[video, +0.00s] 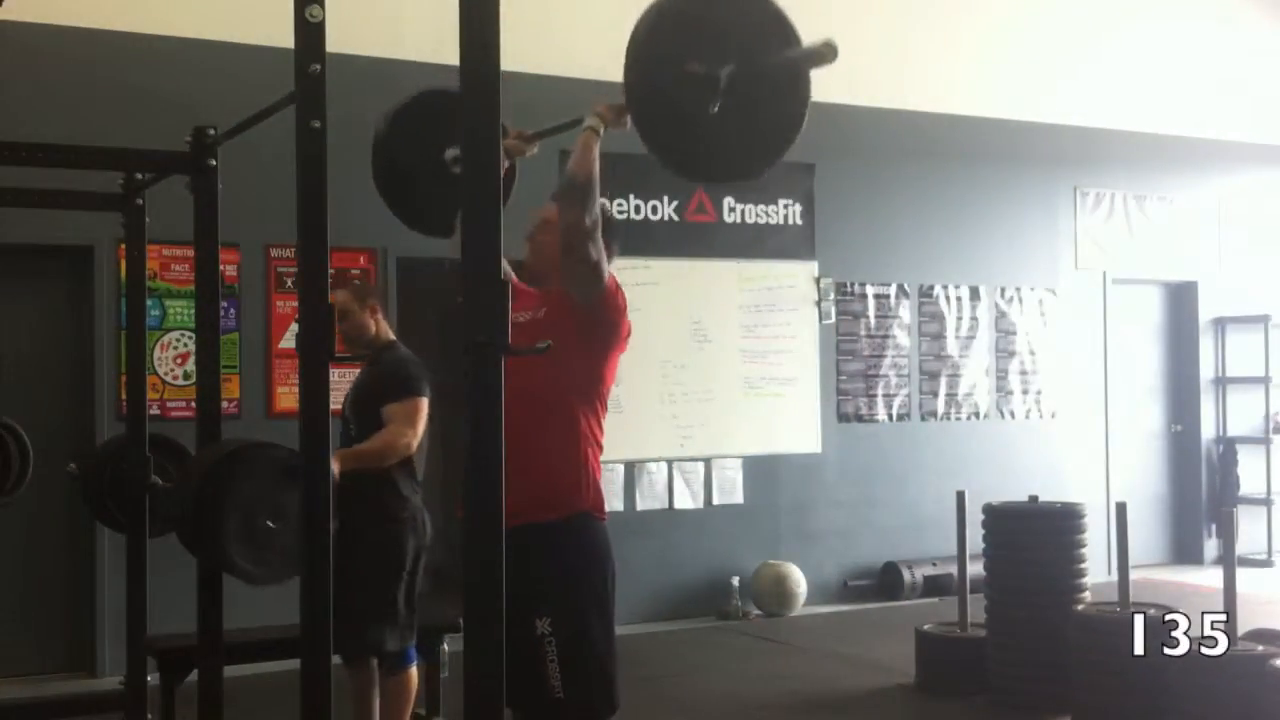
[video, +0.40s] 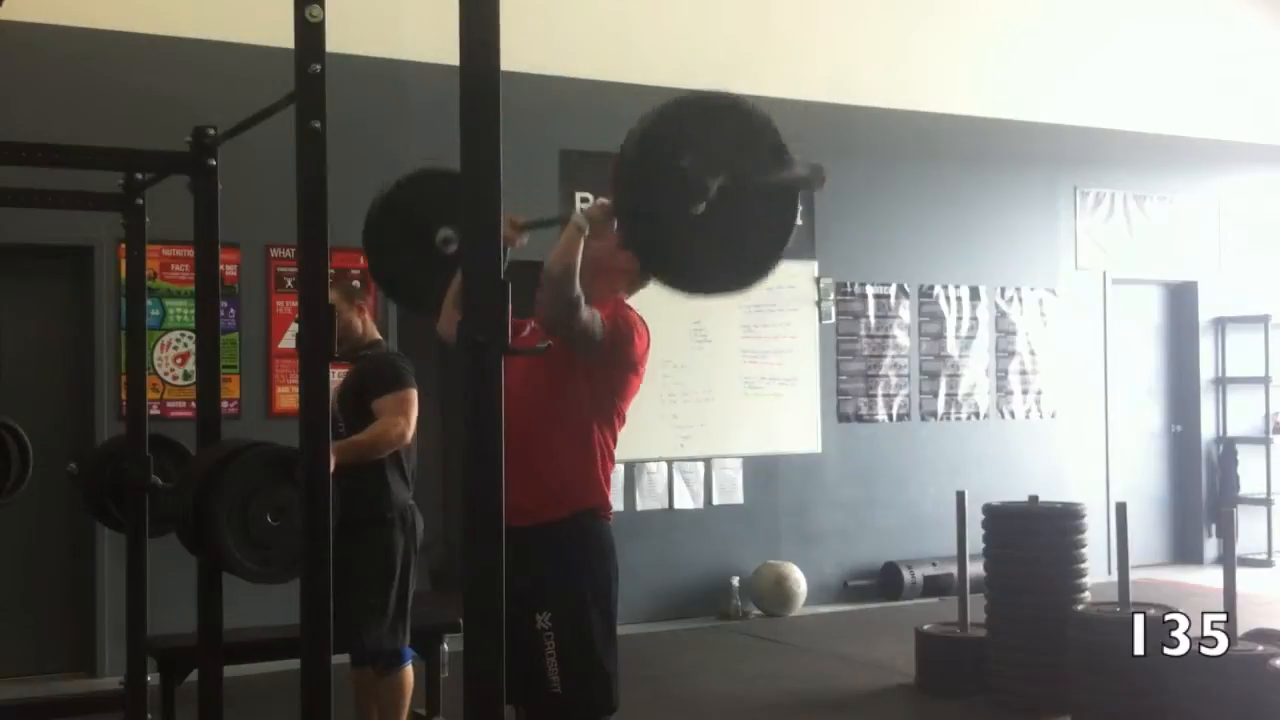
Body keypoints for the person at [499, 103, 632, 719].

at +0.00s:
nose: (533, 232)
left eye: (550, 225)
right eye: (535, 223)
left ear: (581, 241)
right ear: (533, 237)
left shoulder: (594, 315)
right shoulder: (508, 302)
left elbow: (579, 215)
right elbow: (468, 245)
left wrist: (593, 126)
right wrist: (496, 170)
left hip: (565, 531)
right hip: (496, 531)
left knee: (580, 693)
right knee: (505, 689)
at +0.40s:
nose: (583, 231)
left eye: (604, 227)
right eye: (587, 223)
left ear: (630, 265)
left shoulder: (623, 331)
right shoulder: (526, 330)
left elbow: (559, 311)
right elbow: (451, 325)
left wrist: (575, 225)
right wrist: (488, 248)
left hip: (570, 531)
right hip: (504, 530)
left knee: (580, 694)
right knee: (516, 691)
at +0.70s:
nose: (571, 239)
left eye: (590, 233)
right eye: (576, 230)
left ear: (621, 257)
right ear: (574, 251)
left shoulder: (618, 327)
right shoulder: (541, 331)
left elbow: (565, 401)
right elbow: (463, 402)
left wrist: (572, 309)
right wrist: (460, 319)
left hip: (569, 536)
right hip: (507, 535)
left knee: (571, 698)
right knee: (505, 693)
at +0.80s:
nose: (563, 238)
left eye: (581, 232)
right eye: (569, 230)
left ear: (615, 254)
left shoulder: (618, 336)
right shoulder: (537, 329)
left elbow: (567, 420)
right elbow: (467, 415)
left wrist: (576, 321)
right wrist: (461, 328)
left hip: (566, 542)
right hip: (504, 540)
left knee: (569, 702)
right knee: (504, 697)